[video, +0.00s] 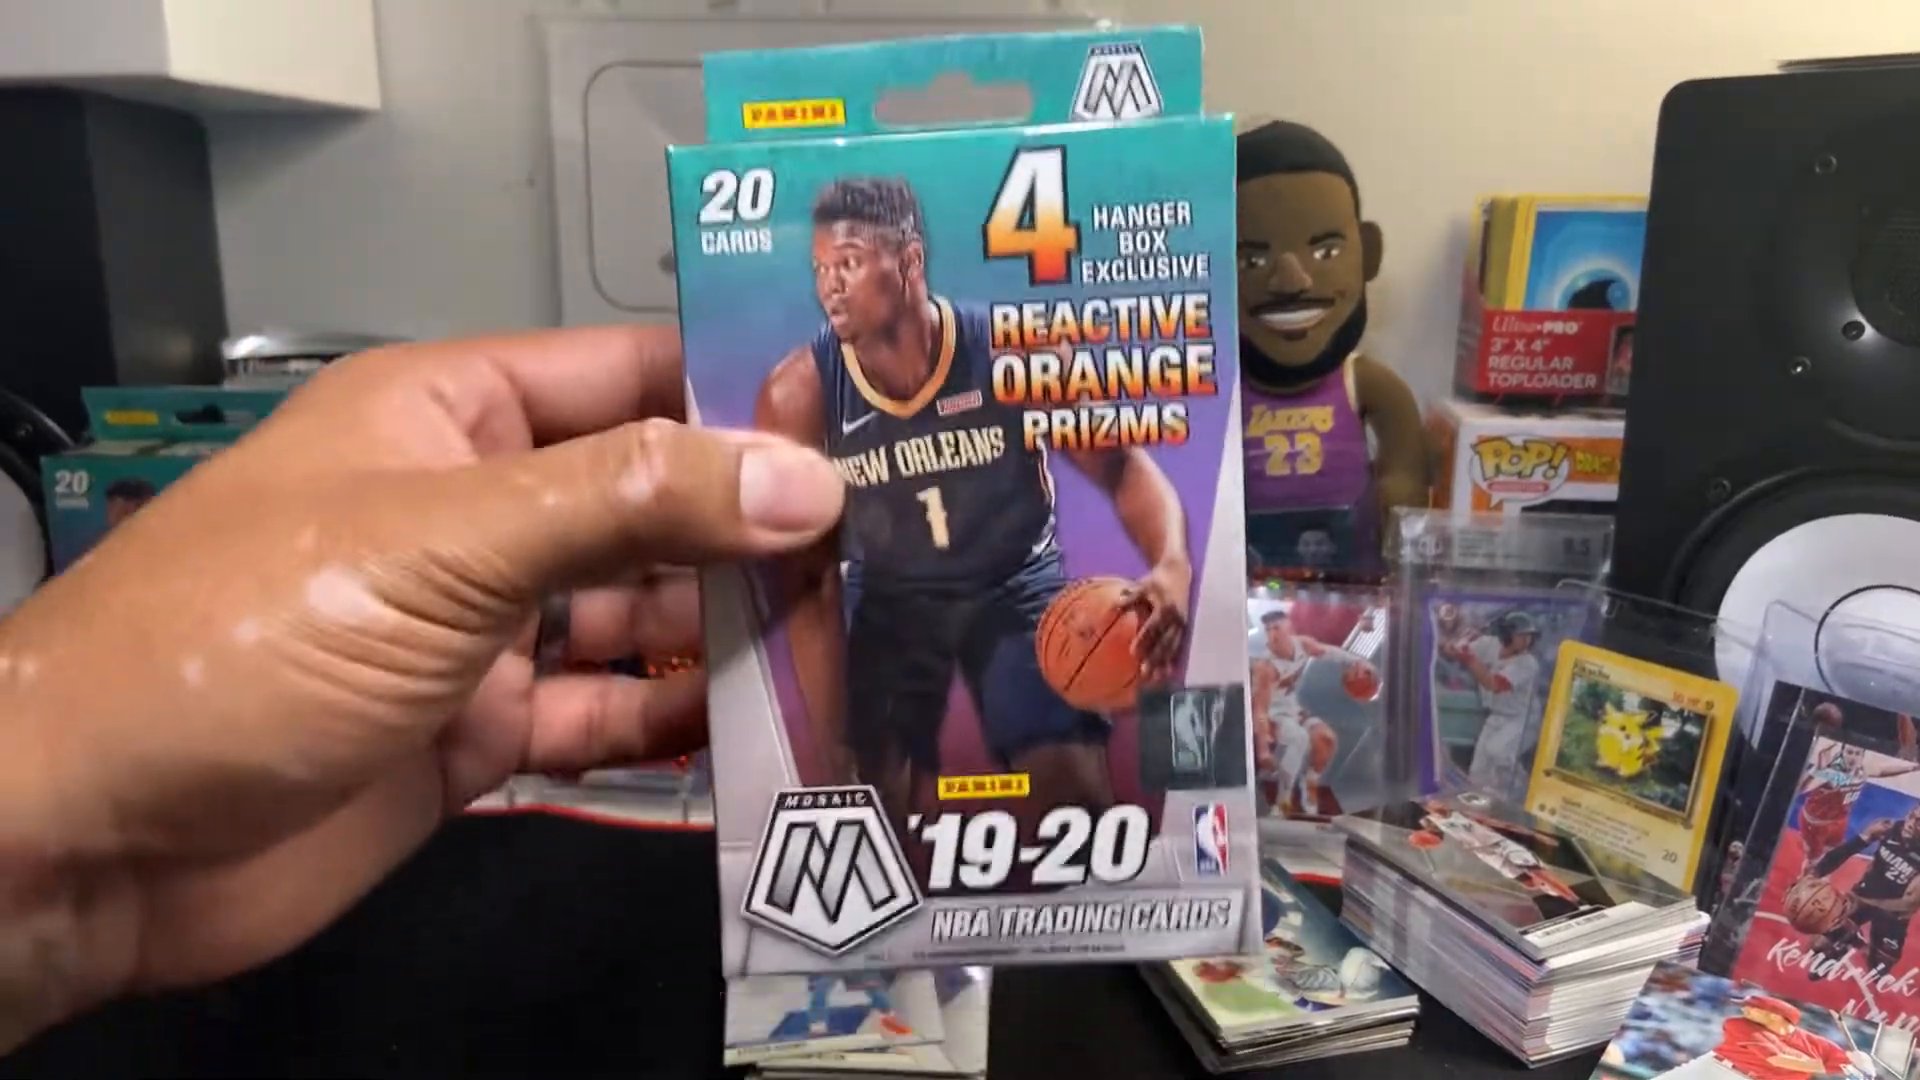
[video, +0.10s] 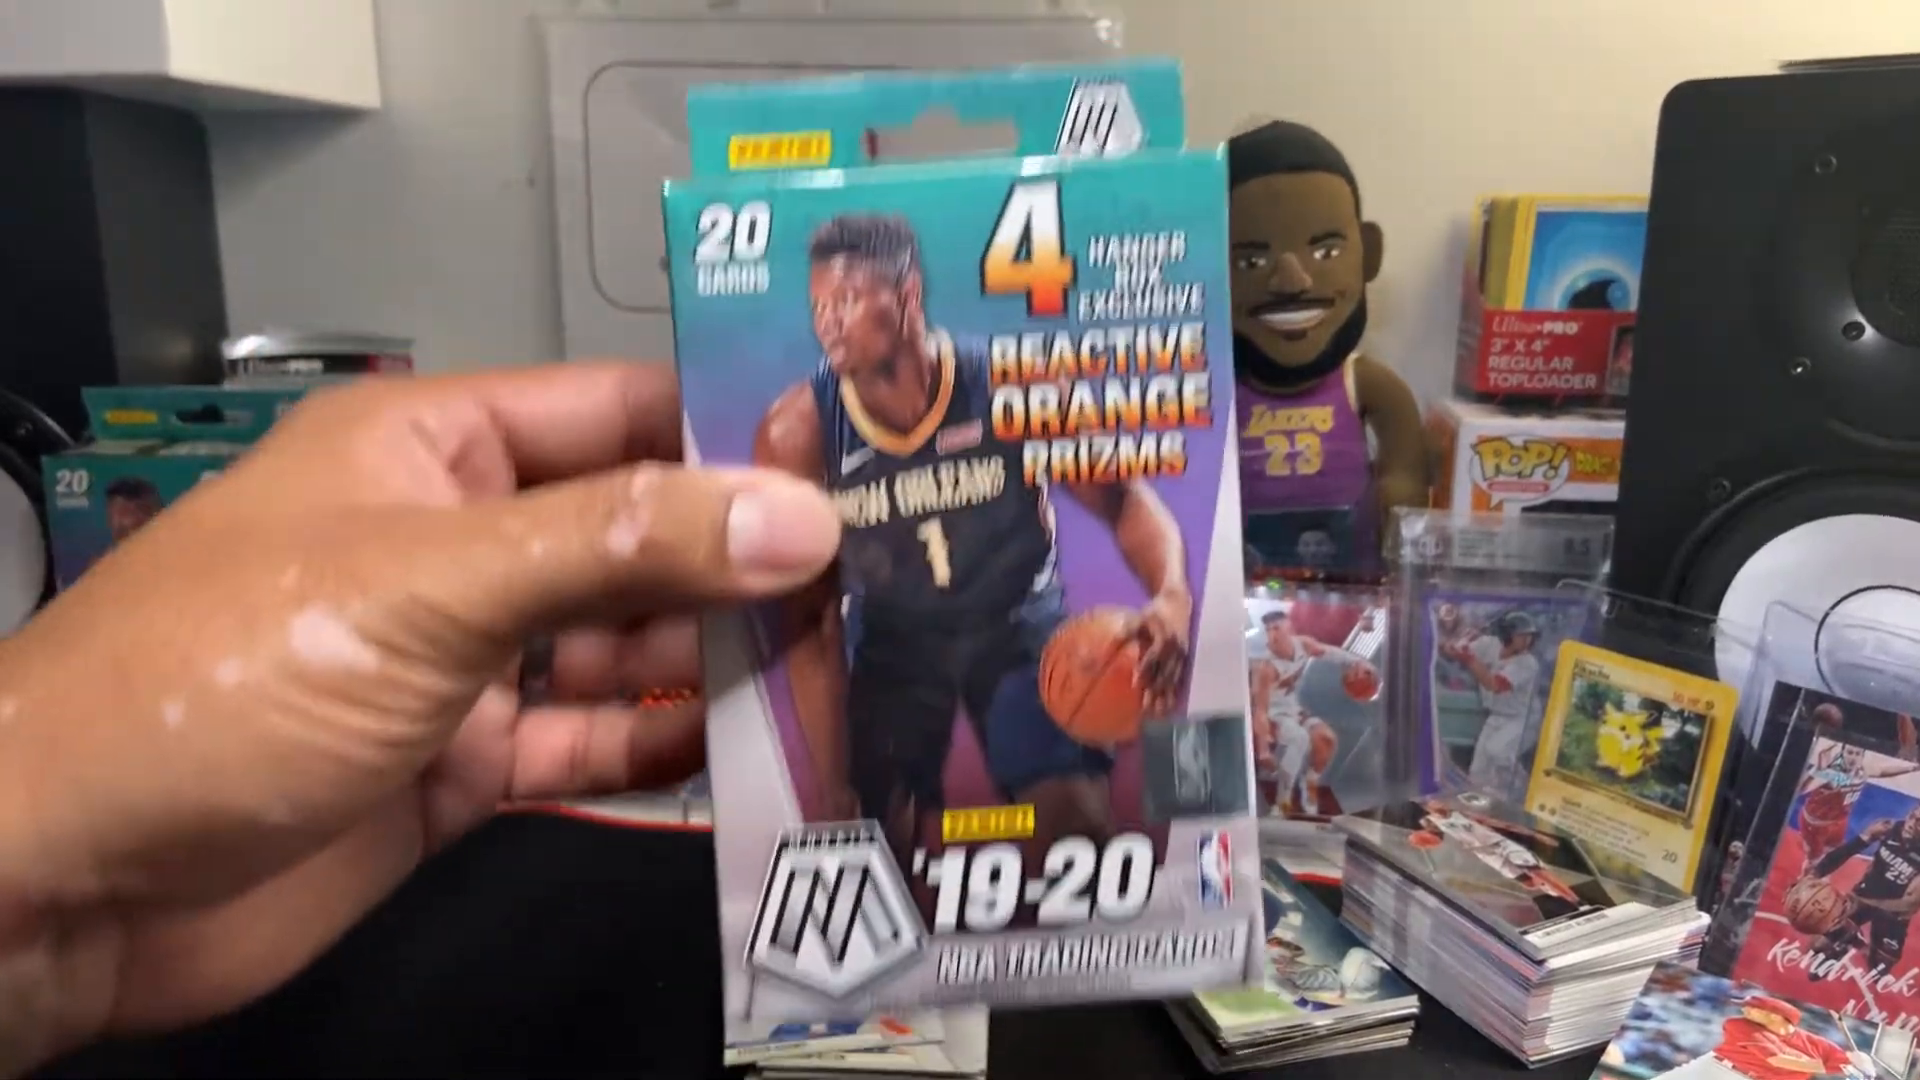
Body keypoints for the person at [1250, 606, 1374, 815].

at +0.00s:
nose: (1274, 634)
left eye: (1278, 628)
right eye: (1269, 629)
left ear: (1289, 628)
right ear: (1265, 633)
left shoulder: (1303, 645)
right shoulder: (1264, 666)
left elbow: (1331, 652)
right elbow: (1260, 710)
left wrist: (1360, 662)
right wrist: (1263, 750)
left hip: (1295, 709)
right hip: (1272, 713)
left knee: (1326, 740)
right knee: (1299, 739)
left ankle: (1311, 787)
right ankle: (1282, 801)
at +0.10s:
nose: (1273, 635)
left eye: (1278, 628)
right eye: (1269, 630)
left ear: (1289, 629)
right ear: (1266, 634)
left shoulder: (1304, 644)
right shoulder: (1264, 666)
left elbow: (1331, 653)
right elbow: (1260, 710)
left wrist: (1359, 662)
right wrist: (1263, 749)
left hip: (1295, 709)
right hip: (1273, 712)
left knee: (1326, 740)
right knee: (1299, 738)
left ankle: (1311, 785)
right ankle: (1283, 799)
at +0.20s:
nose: (1274, 635)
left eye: (1278, 628)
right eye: (1270, 630)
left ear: (1289, 628)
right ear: (1266, 633)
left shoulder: (1303, 644)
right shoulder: (1265, 666)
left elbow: (1331, 653)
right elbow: (1260, 710)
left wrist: (1360, 663)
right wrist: (1263, 748)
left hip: (1296, 710)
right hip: (1274, 713)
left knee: (1326, 740)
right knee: (1299, 738)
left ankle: (1311, 786)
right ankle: (1283, 800)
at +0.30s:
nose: (1274, 635)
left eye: (1278, 628)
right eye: (1270, 629)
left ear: (1288, 627)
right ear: (1266, 633)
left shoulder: (1303, 644)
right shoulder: (1266, 665)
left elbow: (1332, 652)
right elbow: (1262, 707)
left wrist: (1359, 662)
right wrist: (1265, 743)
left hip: (1296, 709)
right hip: (1274, 713)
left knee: (1326, 739)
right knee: (1299, 738)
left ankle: (1311, 786)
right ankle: (1282, 800)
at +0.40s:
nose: (1273, 635)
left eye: (1277, 628)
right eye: (1269, 630)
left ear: (1288, 627)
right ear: (1265, 633)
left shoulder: (1301, 644)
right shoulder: (1264, 659)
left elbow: (1328, 653)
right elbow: (1263, 699)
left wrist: (1358, 663)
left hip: (1296, 712)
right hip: (1273, 714)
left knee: (1326, 740)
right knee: (1299, 739)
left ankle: (1312, 787)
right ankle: (1284, 797)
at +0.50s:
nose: (1275, 634)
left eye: (1279, 628)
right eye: (1270, 629)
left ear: (1288, 627)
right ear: (1266, 632)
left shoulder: (1302, 643)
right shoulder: (1267, 663)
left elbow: (1331, 651)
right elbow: (1263, 703)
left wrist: (1359, 662)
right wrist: (1264, 729)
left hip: (1297, 710)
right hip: (1275, 712)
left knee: (1326, 739)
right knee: (1298, 738)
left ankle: (1311, 786)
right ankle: (1284, 796)